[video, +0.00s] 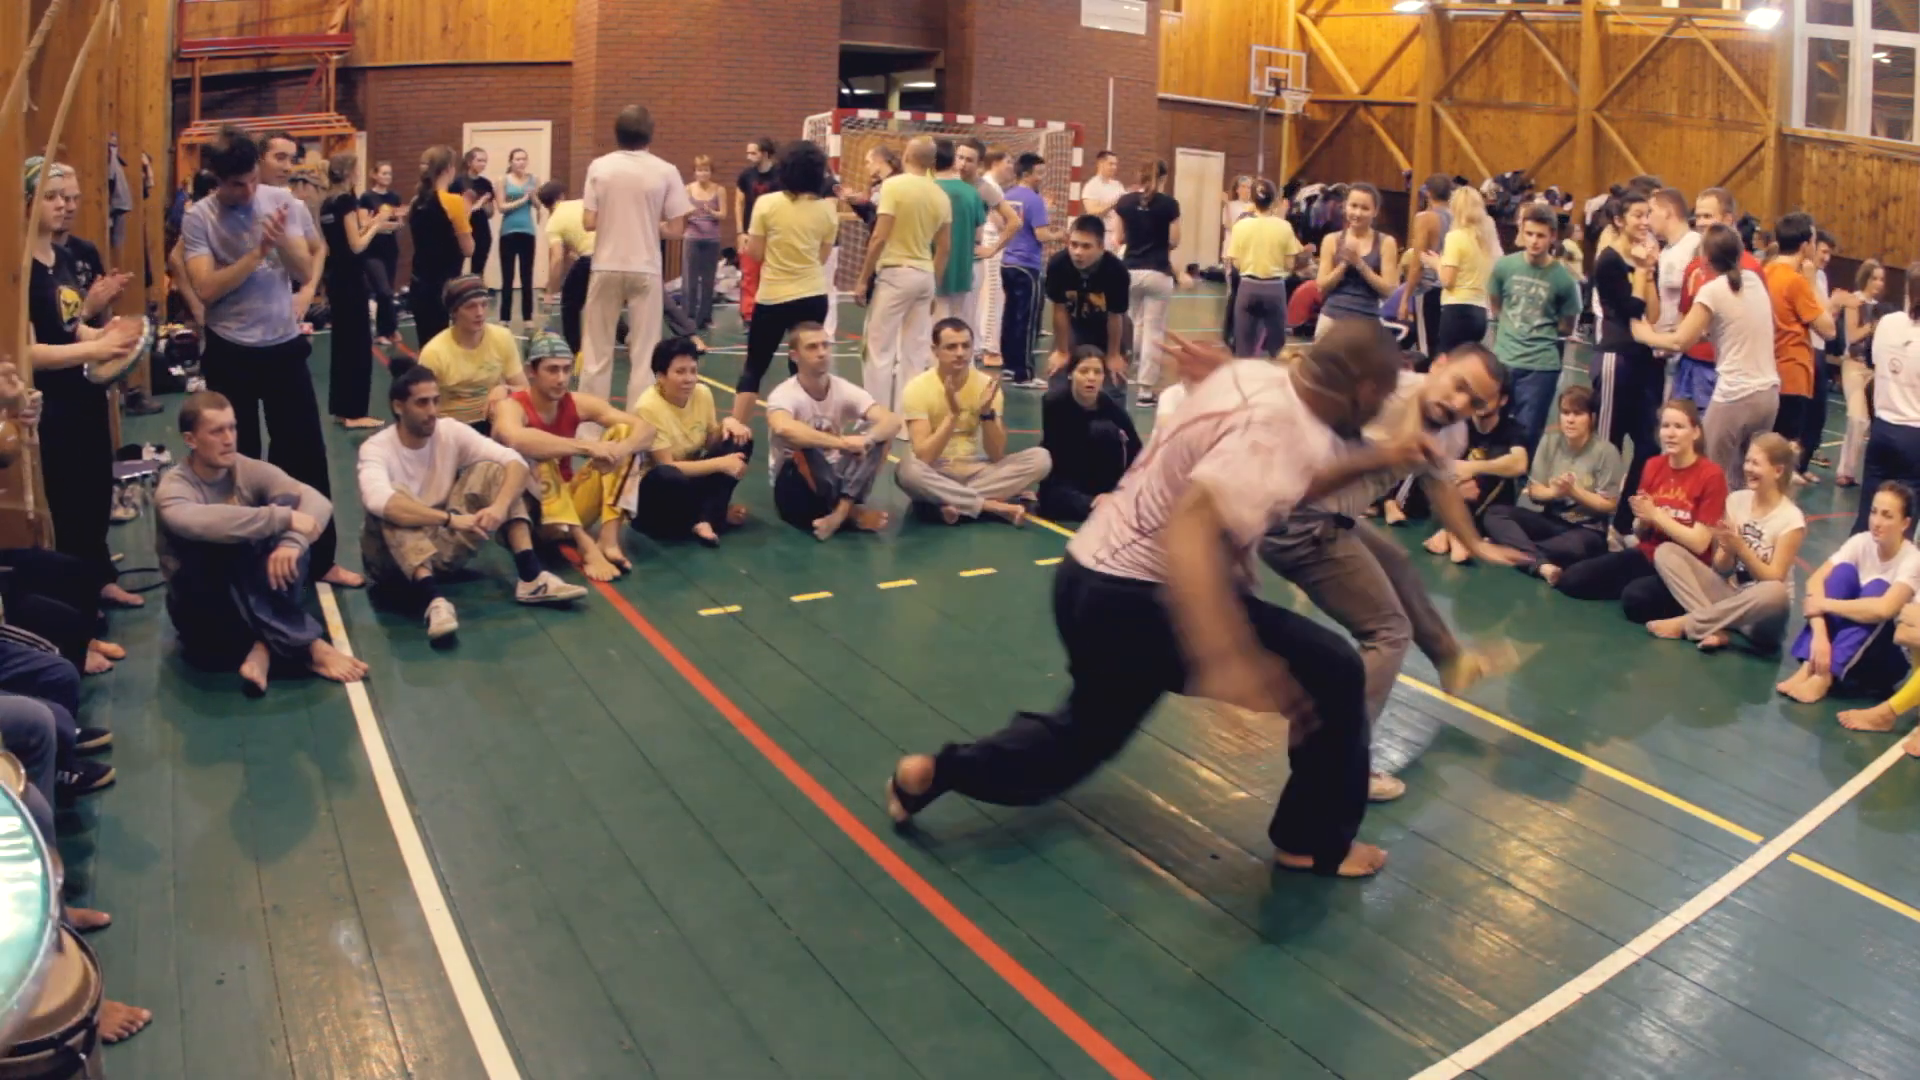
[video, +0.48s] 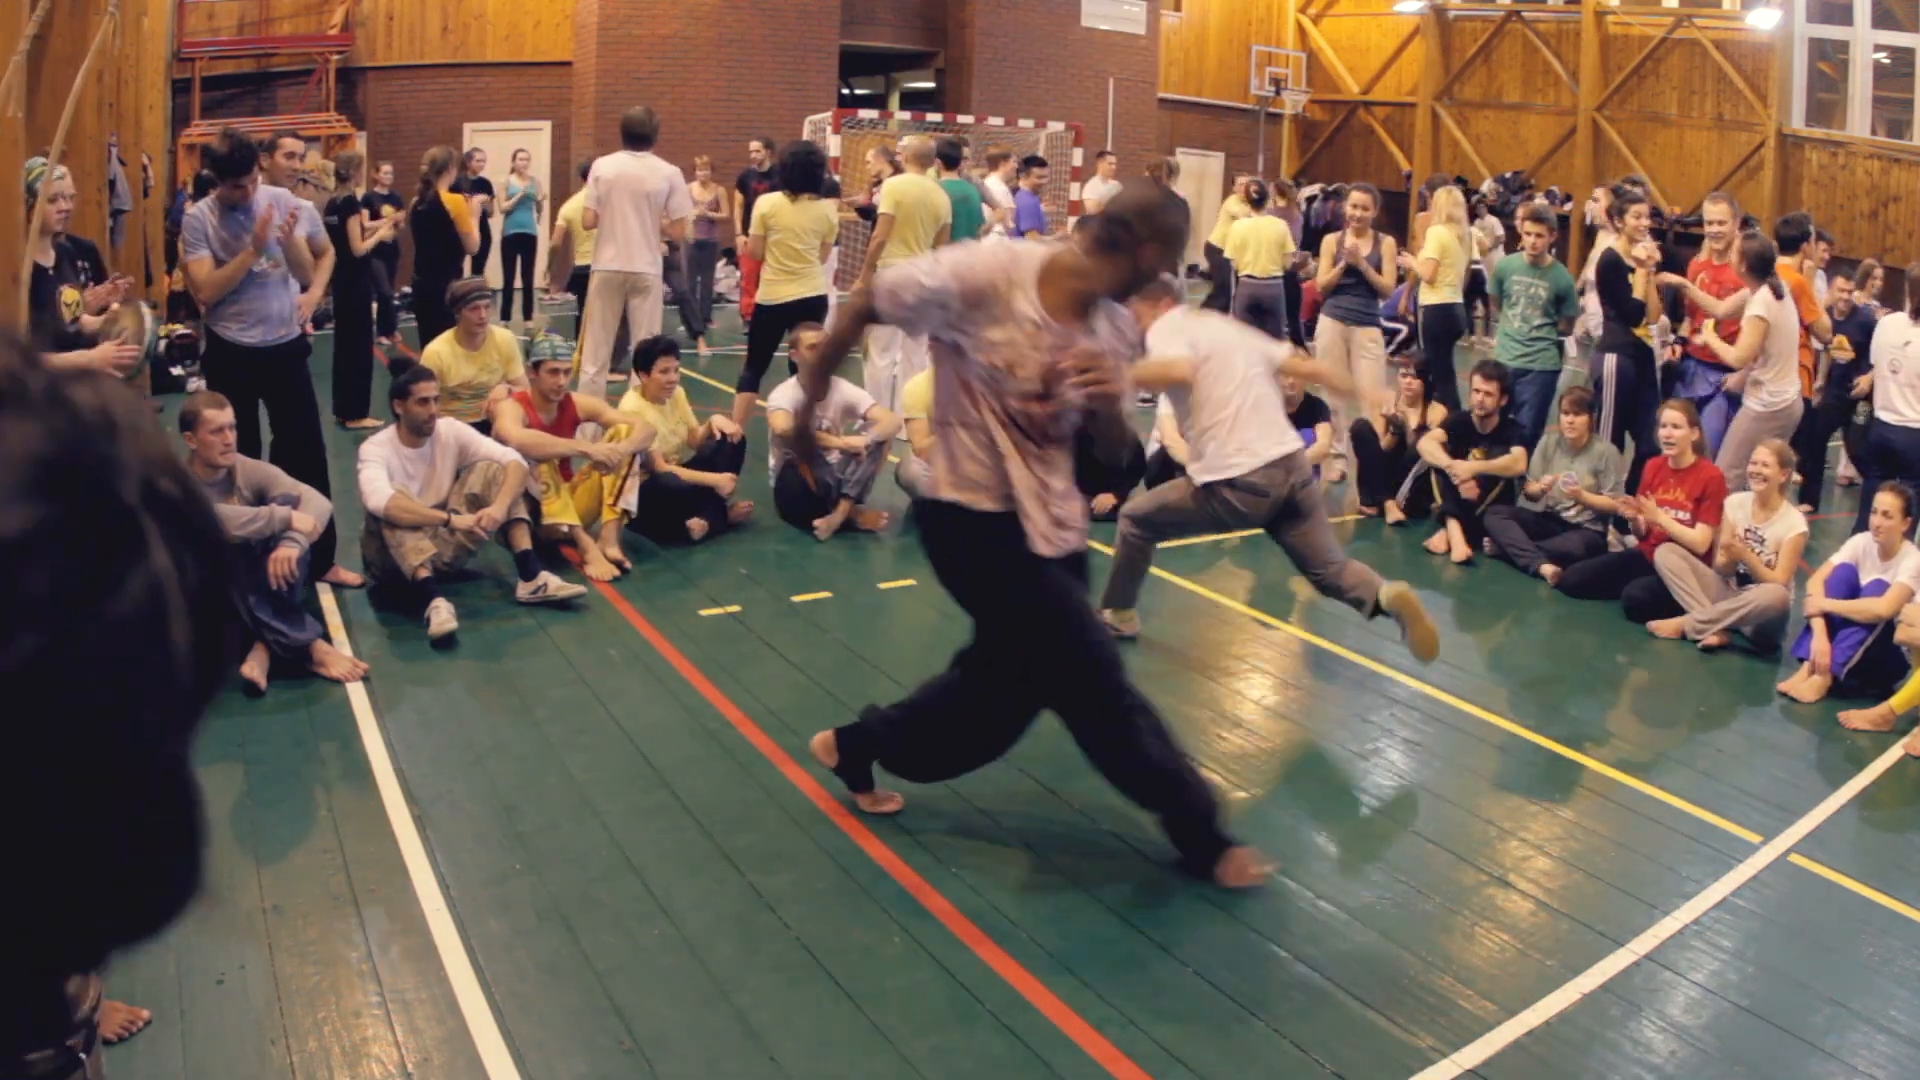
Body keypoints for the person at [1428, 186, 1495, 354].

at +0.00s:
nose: (1450, 209)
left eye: (1452, 204)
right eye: (1452, 204)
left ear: (1456, 208)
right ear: (1480, 208)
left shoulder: (1455, 237)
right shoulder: (1488, 238)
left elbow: (1447, 279)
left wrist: (1435, 263)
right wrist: (1442, 260)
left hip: (1456, 308)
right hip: (1480, 308)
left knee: (1446, 368)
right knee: (1466, 369)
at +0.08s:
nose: (1448, 209)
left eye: (1449, 205)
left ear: (1453, 208)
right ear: (1477, 208)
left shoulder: (1453, 237)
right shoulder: (1484, 239)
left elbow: (1445, 279)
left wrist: (1432, 262)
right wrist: (1439, 261)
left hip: (1454, 309)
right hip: (1478, 309)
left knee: (1443, 370)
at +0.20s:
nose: (1442, 211)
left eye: (1444, 207)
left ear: (1448, 209)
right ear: (1471, 209)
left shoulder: (1451, 237)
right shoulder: (1477, 239)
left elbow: (1444, 279)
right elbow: (1472, 276)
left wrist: (1426, 263)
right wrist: (1433, 261)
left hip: (1450, 309)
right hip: (1472, 309)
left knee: (1445, 377)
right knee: (1453, 375)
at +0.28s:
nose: (1438, 210)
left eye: (1440, 206)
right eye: (1439, 206)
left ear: (1445, 208)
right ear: (1468, 209)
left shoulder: (1447, 238)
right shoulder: (1473, 238)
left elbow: (1440, 280)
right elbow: (1470, 274)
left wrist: (1422, 263)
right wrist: (1429, 261)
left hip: (1446, 307)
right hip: (1467, 305)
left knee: (1444, 371)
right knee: (1451, 371)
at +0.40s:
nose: (1433, 209)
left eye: (1435, 204)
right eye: (1434, 204)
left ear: (1441, 207)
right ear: (1464, 208)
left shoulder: (1440, 234)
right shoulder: (1470, 236)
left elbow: (1433, 275)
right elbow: (1462, 272)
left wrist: (1416, 264)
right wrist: (1422, 261)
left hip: (1438, 307)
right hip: (1461, 305)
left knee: (1441, 375)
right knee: (1449, 374)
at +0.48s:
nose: (1430, 207)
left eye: (1432, 203)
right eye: (1431, 203)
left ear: (1438, 206)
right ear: (1461, 208)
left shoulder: (1436, 232)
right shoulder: (1465, 235)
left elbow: (1429, 272)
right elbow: (1463, 271)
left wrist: (1411, 262)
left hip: (1435, 308)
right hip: (1456, 305)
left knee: (1441, 375)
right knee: (1438, 372)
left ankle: (1451, 424)